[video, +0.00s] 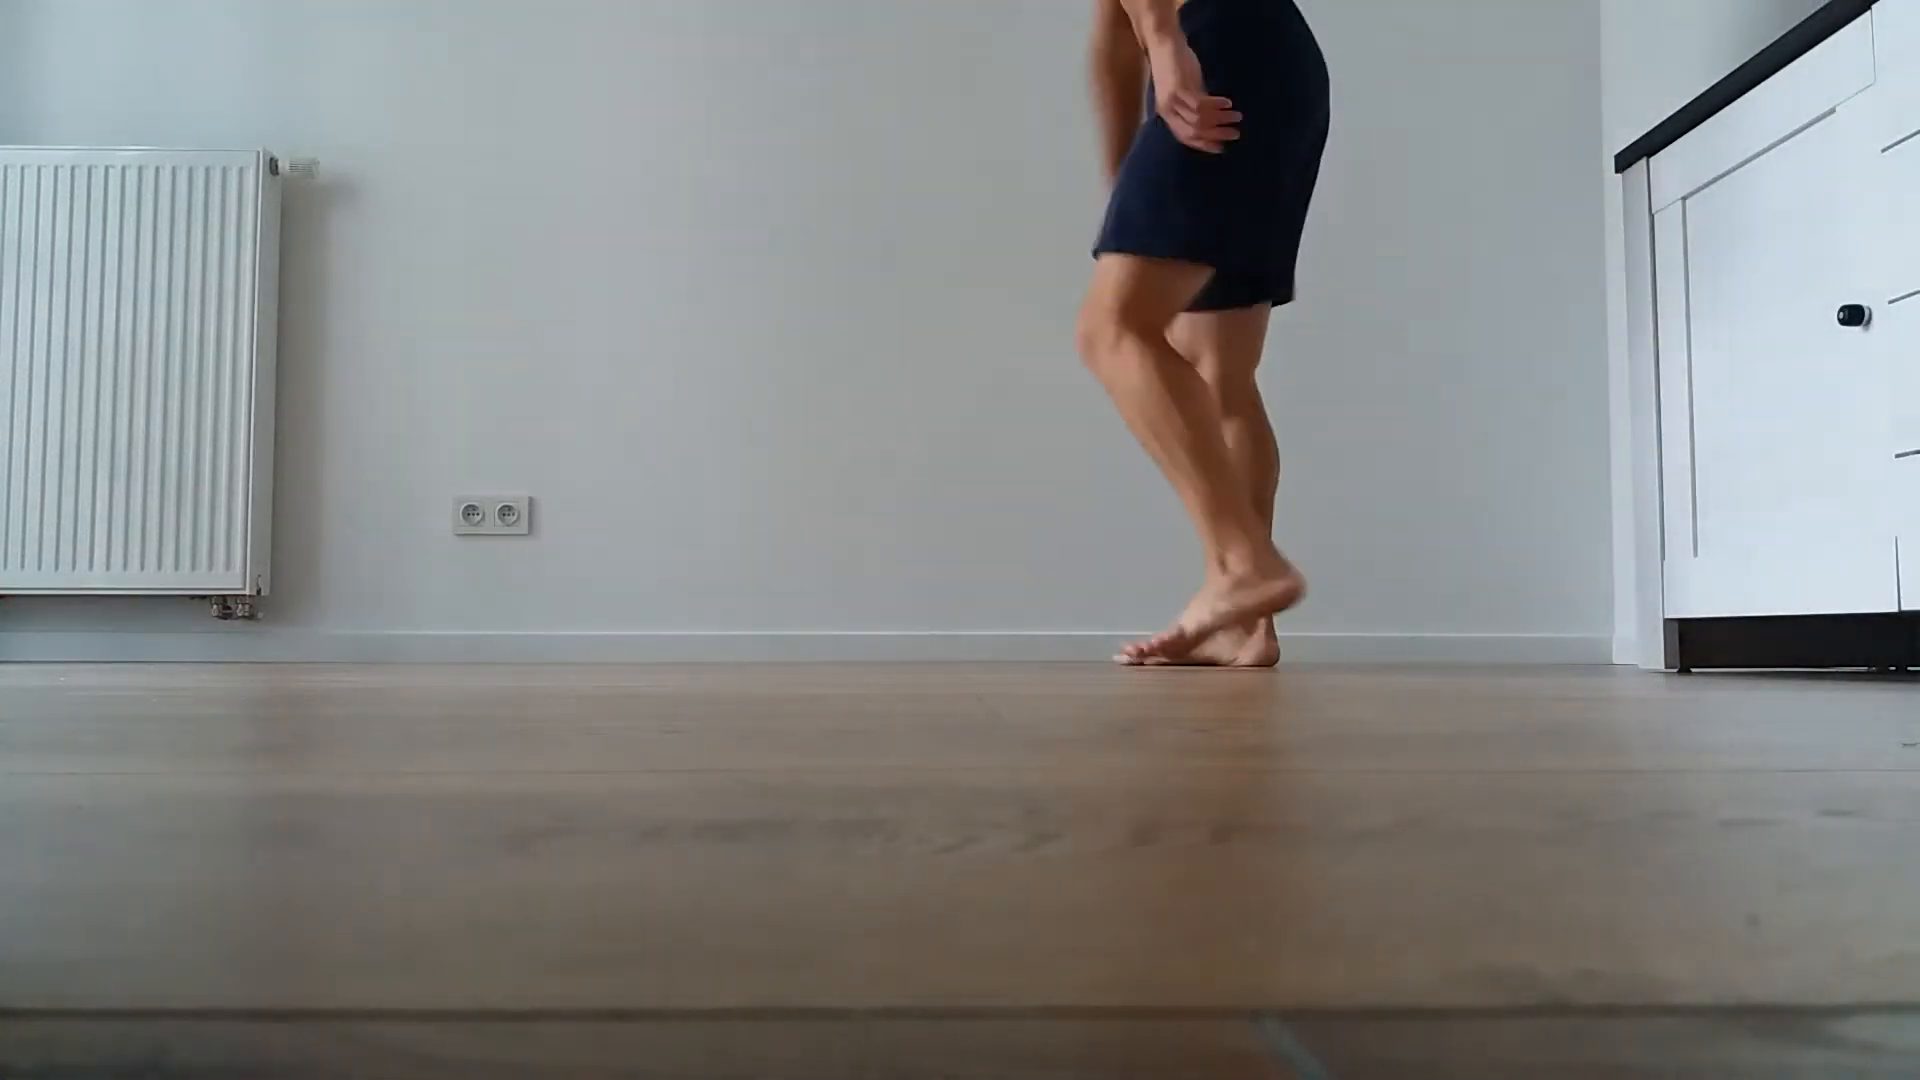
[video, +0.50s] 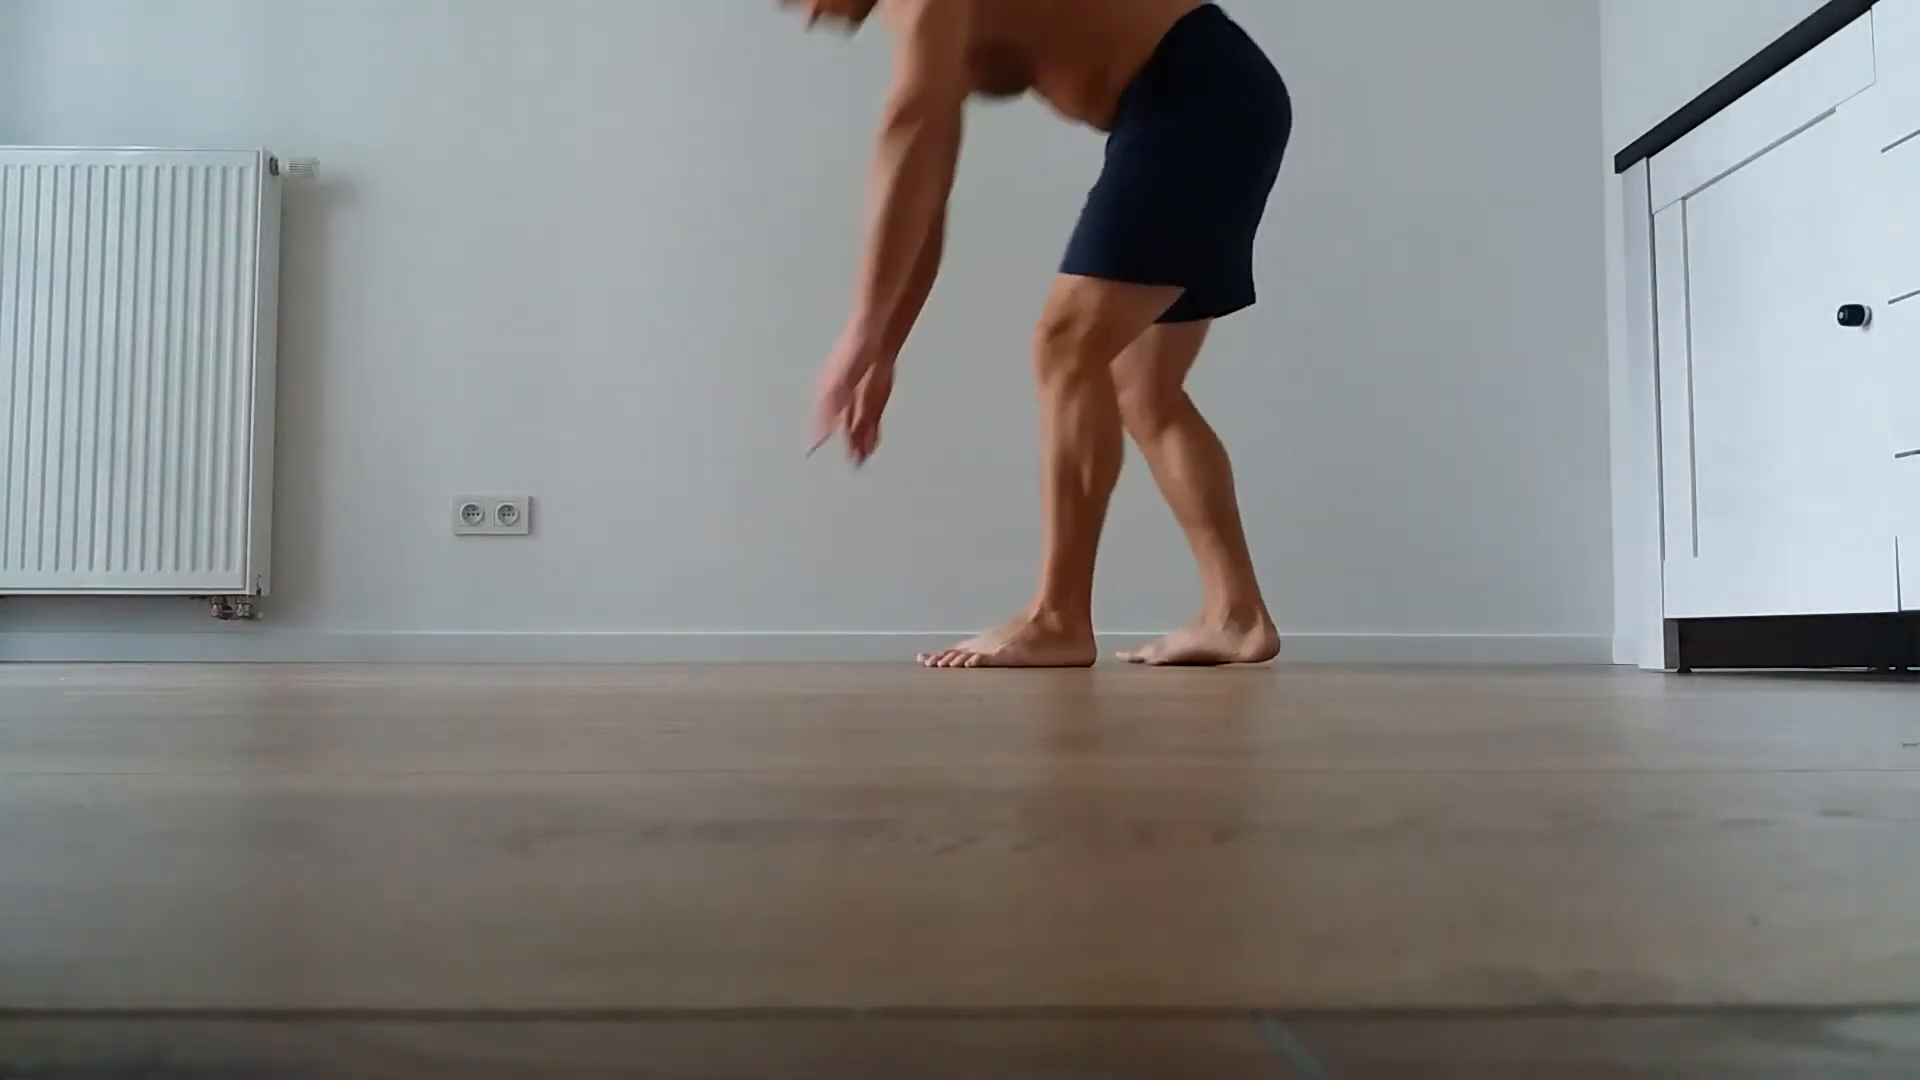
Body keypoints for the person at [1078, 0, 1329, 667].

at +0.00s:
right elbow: (1112, 37)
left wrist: (1163, 36)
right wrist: (1124, 178)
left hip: (1223, 52)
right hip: (1275, 61)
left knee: (1111, 331)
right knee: (1216, 365)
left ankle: (1244, 560)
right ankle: (1240, 624)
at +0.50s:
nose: (809, 10)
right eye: (803, 6)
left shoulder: (931, 5)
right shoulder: (942, 23)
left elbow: (913, 128)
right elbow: (927, 196)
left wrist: (866, 328)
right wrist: (884, 354)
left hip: (1193, 101)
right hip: (1219, 100)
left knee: (1070, 346)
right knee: (1145, 388)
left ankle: (1060, 618)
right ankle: (1236, 615)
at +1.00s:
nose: (700, 307)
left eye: (684, 284)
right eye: (680, 296)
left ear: (713, 223)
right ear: (717, 221)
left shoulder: (808, 236)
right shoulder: (810, 216)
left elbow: (791, 438)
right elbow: (810, 438)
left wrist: (750, 625)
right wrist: (756, 614)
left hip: (1103, 152)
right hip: (1137, 144)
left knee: (955, 376)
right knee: (1281, 394)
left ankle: (1052, 623)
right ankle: (1505, 514)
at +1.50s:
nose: (673, 349)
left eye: (657, 329)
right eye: (655, 336)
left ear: (684, 279)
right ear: (697, 265)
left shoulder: (769, 276)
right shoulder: (779, 259)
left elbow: (784, 451)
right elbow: (805, 460)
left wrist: (766, 631)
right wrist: (779, 628)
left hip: (1079, 179)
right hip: (1118, 171)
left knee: (924, 393)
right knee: (1281, 410)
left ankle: (1048, 621)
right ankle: (1500, 533)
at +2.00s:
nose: (679, 364)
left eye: (663, 345)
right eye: (662, 353)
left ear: (689, 288)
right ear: (698, 288)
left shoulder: (789, 267)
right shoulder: (796, 293)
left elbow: (768, 461)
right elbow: (797, 476)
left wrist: (762, 631)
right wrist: (794, 637)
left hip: (1101, 237)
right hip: (1102, 260)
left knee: (1045, 454)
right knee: (1301, 454)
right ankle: (1522, 557)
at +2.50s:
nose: (650, 360)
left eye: (634, 338)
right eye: (634, 349)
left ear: (660, 282)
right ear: (663, 287)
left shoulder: (774, 270)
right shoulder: (769, 290)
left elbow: (762, 464)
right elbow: (782, 481)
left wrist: (758, 638)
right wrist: (788, 639)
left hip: (1092, 330)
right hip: (1072, 354)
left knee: (1322, 483)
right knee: (1301, 492)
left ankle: (1589, 544)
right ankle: (1537, 564)